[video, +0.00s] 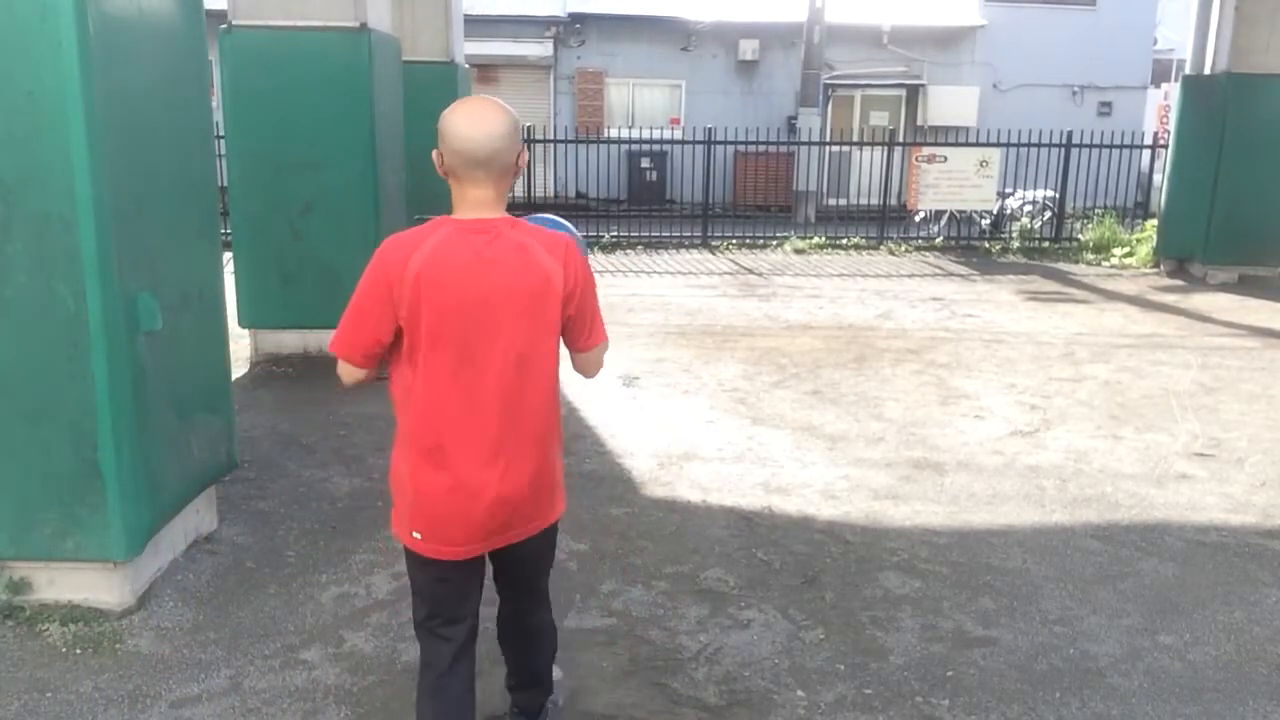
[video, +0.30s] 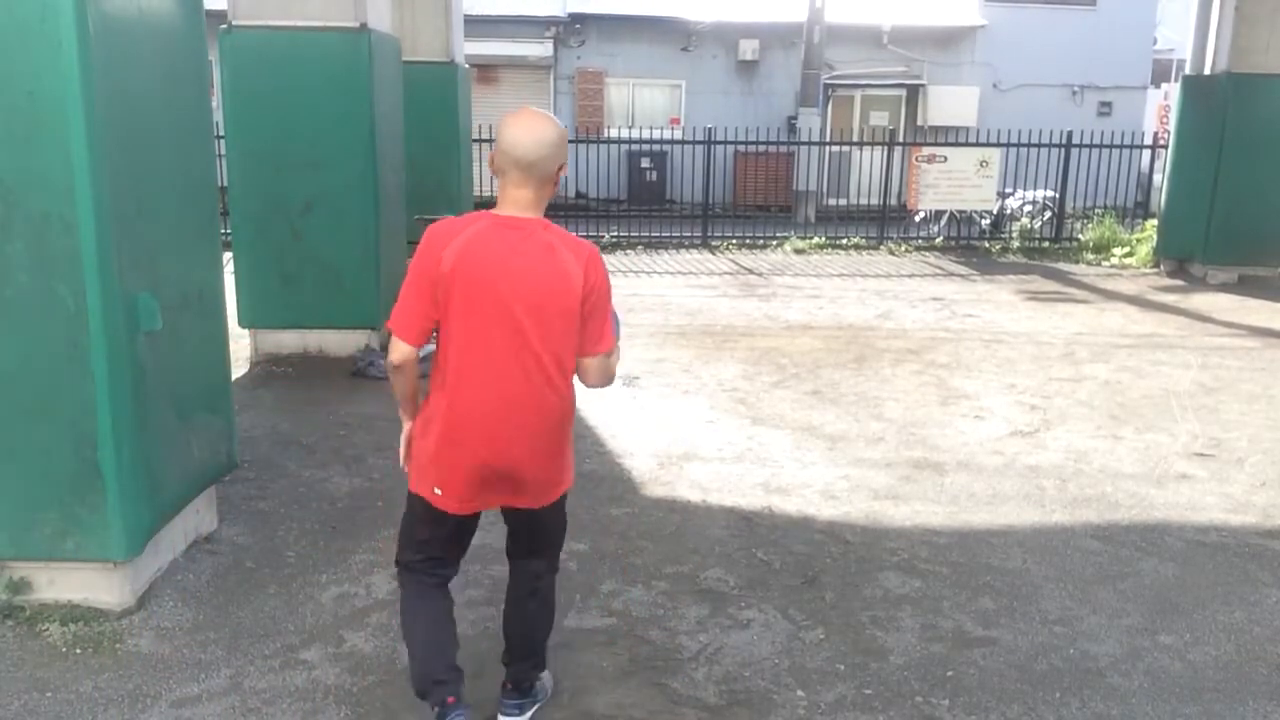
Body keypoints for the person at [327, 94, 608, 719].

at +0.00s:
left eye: (438, 149)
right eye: (522, 148)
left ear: (439, 164)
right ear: (519, 164)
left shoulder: (400, 256)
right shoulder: (557, 253)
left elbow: (351, 370)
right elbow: (590, 362)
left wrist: (409, 341)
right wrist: (540, 302)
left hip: (437, 498)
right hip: (528, 489)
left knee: (444, 639)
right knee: (528, 612)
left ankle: (445, 714)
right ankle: (531, 705)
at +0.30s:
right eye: (564, 165)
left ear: (491, 165)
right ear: (559, 175)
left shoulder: (444, 239)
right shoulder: (580, 257)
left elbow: (401, 355)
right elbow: (598, 373)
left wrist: (412, 416)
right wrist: (566, 321)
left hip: (453, 449)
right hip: (538, 452)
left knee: (425, 569)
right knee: (534, 566)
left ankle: (445, 702)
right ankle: (521, 687)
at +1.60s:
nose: (519, 159)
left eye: (521, 149)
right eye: (519, 148)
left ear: (463, 144)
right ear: (500, 145)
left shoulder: (428, 201)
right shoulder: (501, 212)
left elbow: (460, 262)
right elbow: (546, 302)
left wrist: (520, 224)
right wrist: (593, 249)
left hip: (434, 384)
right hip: (485, 393)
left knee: (470, 481)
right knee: (503, 515)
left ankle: (454, 584)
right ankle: (467, 644)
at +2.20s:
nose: (516, 164)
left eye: (517, 152)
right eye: (515, 151)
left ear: (463, 148)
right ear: (496, 149)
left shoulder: (424, 208)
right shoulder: (491, 214)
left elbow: (412, 288)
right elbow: (497, 311)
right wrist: (560, 378)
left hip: (440, 389)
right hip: (492, 387)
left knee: (465, 494)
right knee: (567, 465)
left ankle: (455, 616)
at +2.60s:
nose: (527, 157)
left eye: (524, 147)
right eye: (526, 147)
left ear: (470, 151)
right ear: (514, 150)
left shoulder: (431, 216)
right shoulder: (528, 219)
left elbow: (391, 300)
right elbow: (562, 309)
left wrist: (408, 363)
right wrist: (616, 337)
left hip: (466, 371)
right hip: (516, 383)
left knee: (563, 350)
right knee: (516, 503)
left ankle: (534, 467)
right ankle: (484, 626)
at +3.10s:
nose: (544, 162)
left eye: (542, 153)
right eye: (538, 153)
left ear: (500, 159)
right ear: (514, 158)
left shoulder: (477, 216)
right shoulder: (512, 225)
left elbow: (517, 272)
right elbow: (501, 316)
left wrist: (570, 282)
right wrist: (534, 406)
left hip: (508, 378)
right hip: (548, 374)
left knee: (518, 473)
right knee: (656, 366)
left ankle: (481, 586)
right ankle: (619, 472)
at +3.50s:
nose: (606, 165)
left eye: (605, 156)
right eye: (604, 156)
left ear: (552, 159)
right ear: (589, 160)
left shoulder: (524, 223)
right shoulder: (590, 231)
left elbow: (504, 296)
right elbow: (617, 321)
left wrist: (535, 341)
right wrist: (675, 380)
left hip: (582, 375)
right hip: (612, 382)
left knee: (672, 403)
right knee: (641, 488)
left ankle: (600, 480)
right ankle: (610, 595)